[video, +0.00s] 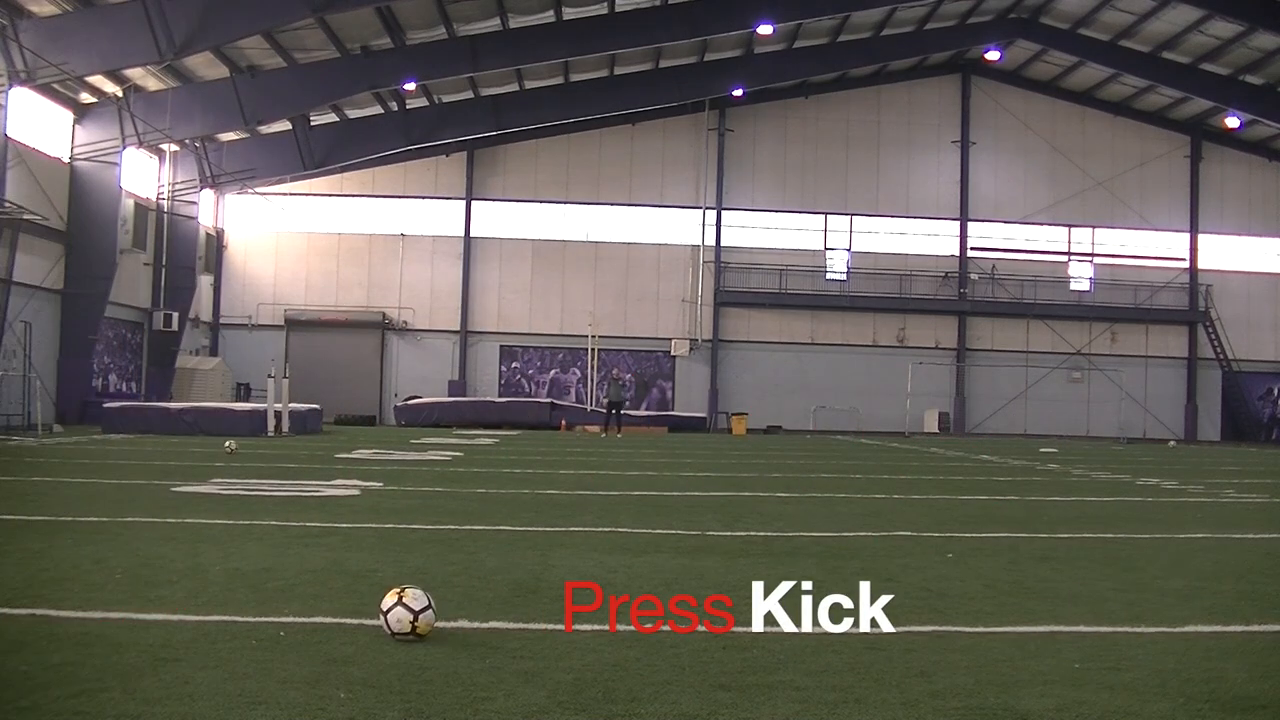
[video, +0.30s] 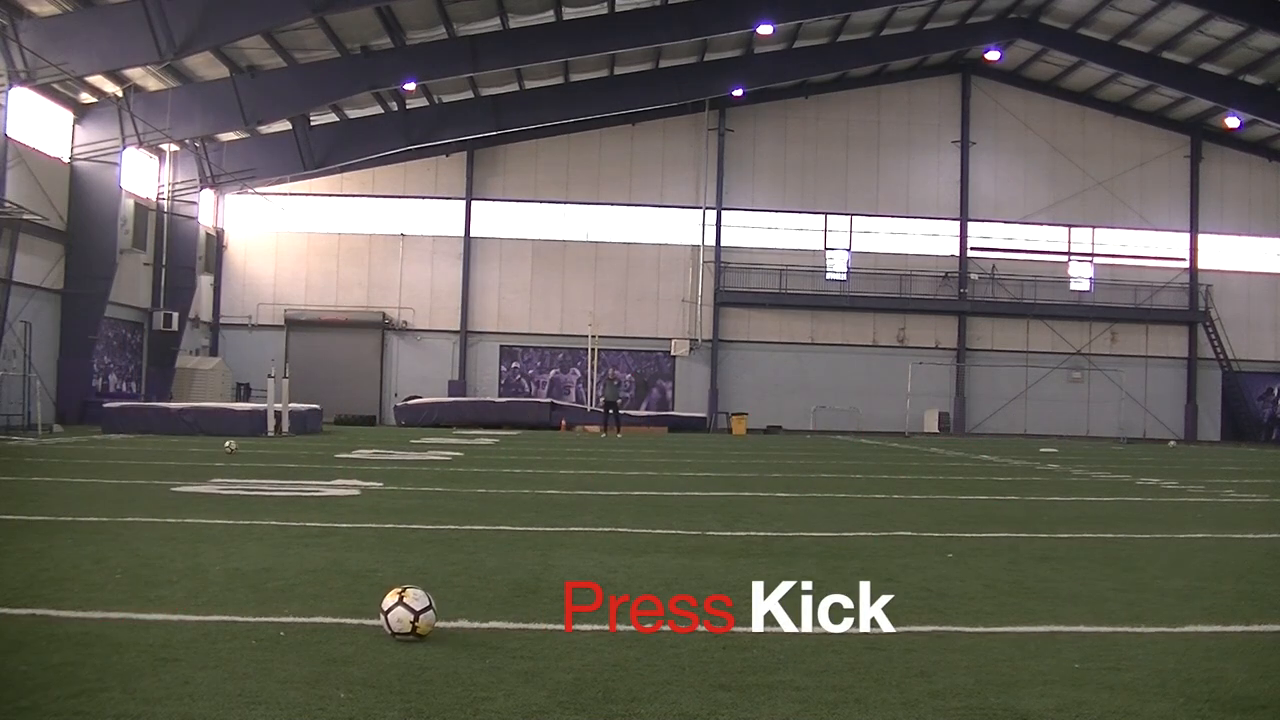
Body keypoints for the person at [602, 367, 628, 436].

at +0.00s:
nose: (615, 375)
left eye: (616, 374)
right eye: (614, 374)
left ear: (618, 373)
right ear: (612, 374)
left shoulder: (621, 381)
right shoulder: (610, 381)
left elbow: (625, 389)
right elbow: (607, 389)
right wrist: (605, 397)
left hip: (619, 401)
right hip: (611, 400)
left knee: (618, 417)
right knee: (607, 417)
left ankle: (619, 432)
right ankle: (605, 432)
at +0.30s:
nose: (611, 374)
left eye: (612, 373)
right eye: (609, 373)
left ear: (614, 373)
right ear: (608, 373)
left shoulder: (618, 381)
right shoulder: (606, 381)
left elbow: (620, 390)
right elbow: (603, 390)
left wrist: (620, 398)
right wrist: (602, 397)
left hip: (615, 401)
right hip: (607, 400)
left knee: (617, 417)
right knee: (605, 417)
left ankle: (618, 432)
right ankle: (605, 432)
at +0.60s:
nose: (609, 374)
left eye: (610, 372)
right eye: (607, 372)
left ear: (612, 373)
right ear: (606, 373)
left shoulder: (615, 381)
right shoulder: (603, 381)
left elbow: (618, 391)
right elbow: (599, 391)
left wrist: (619, 399)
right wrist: (598, 399)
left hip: (613, 401)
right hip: (605, 401)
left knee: (615, 417)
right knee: (604, 417)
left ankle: (617, 432)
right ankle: (604, 432)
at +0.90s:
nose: (608, 375)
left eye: (610, 373)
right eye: (607, 373)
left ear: (612, 374)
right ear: (605, 373)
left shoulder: (615, 381)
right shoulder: (602, 382)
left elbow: (617, 391)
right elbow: (599, 391)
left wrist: (618, 399)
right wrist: (598, 399)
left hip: (613, 401)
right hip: (605, 401)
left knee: (615, 417)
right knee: (604, 417)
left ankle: (617, 432)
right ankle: (604, 432)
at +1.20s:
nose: (609, 373)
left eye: (610, 372)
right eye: (608, 372)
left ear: (612, 373)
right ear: (606, 372)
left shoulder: (615, 381)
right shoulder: (603, 381)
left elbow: (618, 391)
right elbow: (600, 390)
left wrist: (619, 398)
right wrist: (599, 399)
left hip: (614, 401)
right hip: (606, 401)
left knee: (616, 417)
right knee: (604, 417)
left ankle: (617, 432)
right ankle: (604, 432)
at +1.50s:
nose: (609, 374)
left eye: (610, 372)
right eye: (608, 372)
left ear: (612, 373)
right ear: (606, 373)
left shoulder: (616, 381)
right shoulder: (604, 381)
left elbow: (619, 390)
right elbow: (601, 390)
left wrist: (620, 398)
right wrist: (599, 399)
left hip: (615, 401)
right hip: (606, 401)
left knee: (616, 417)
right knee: (605, 417)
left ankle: (618, 432)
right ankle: (604, 432)